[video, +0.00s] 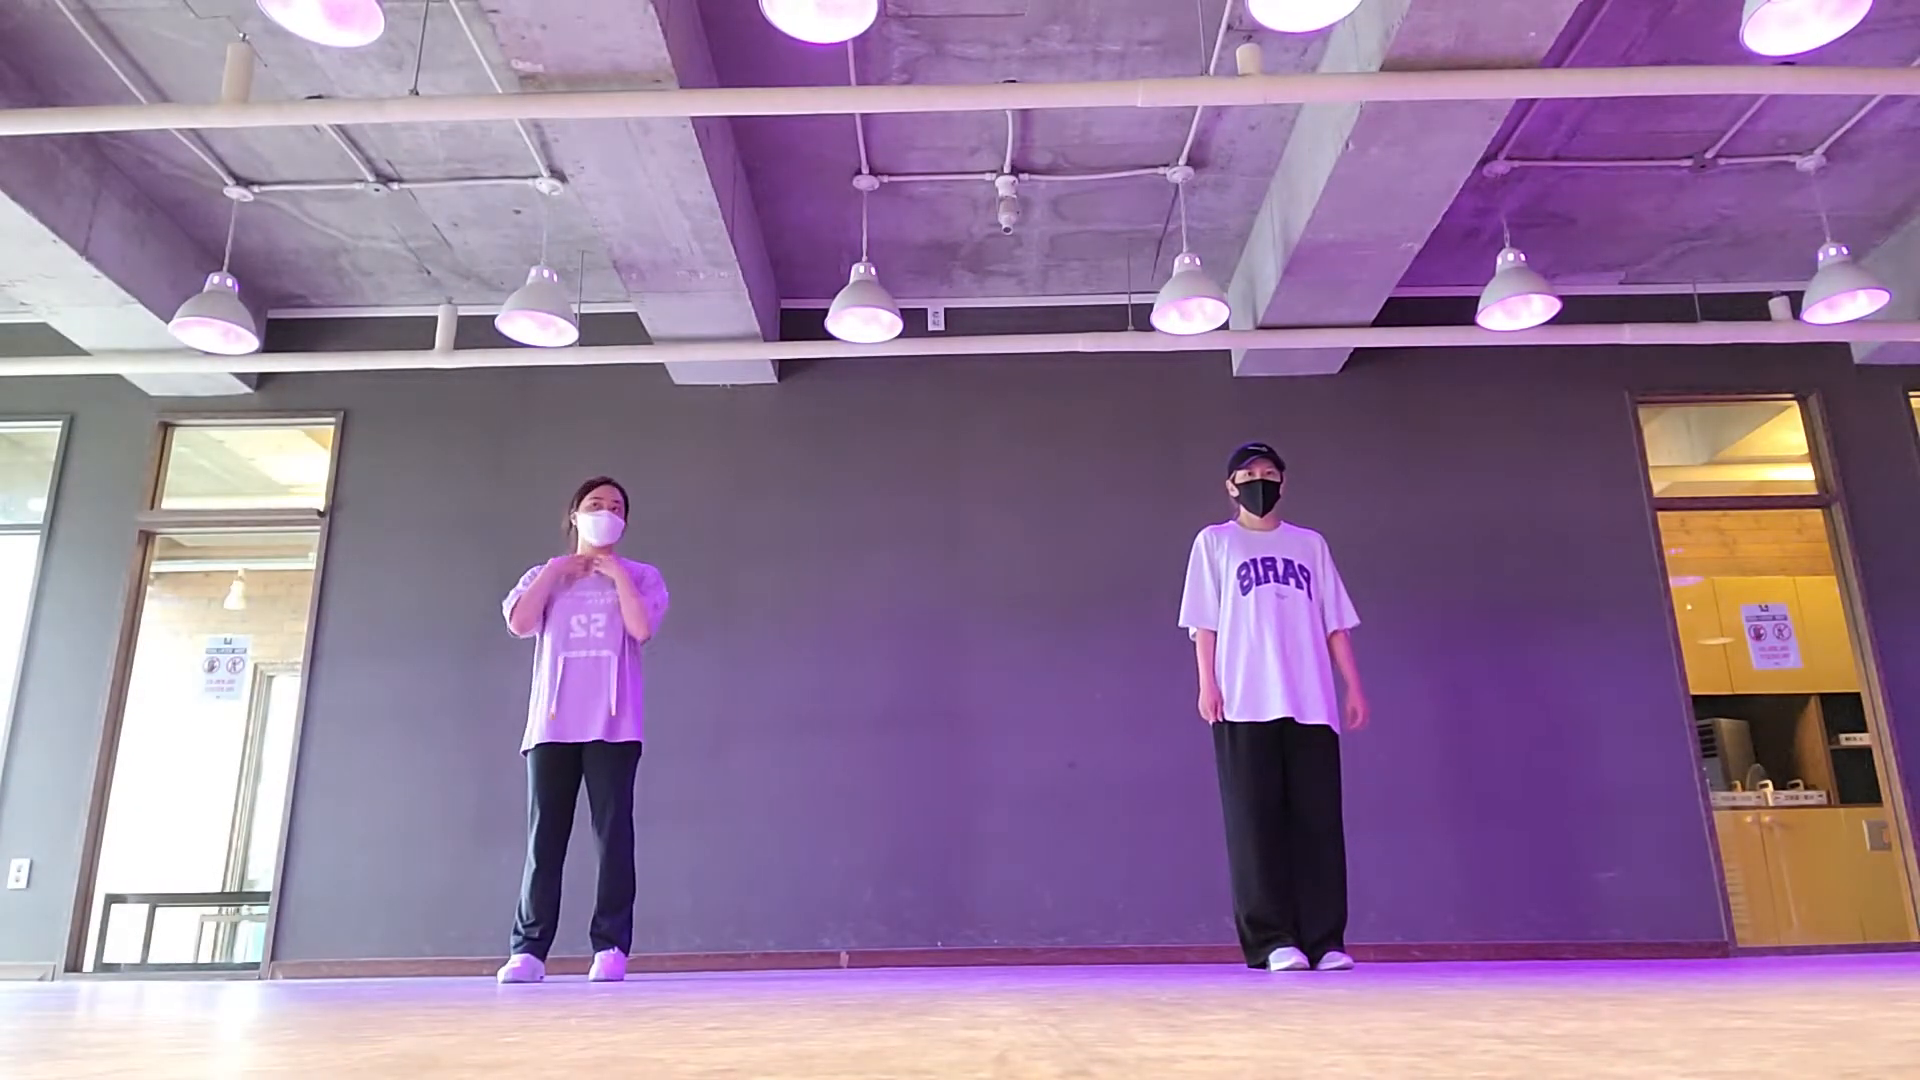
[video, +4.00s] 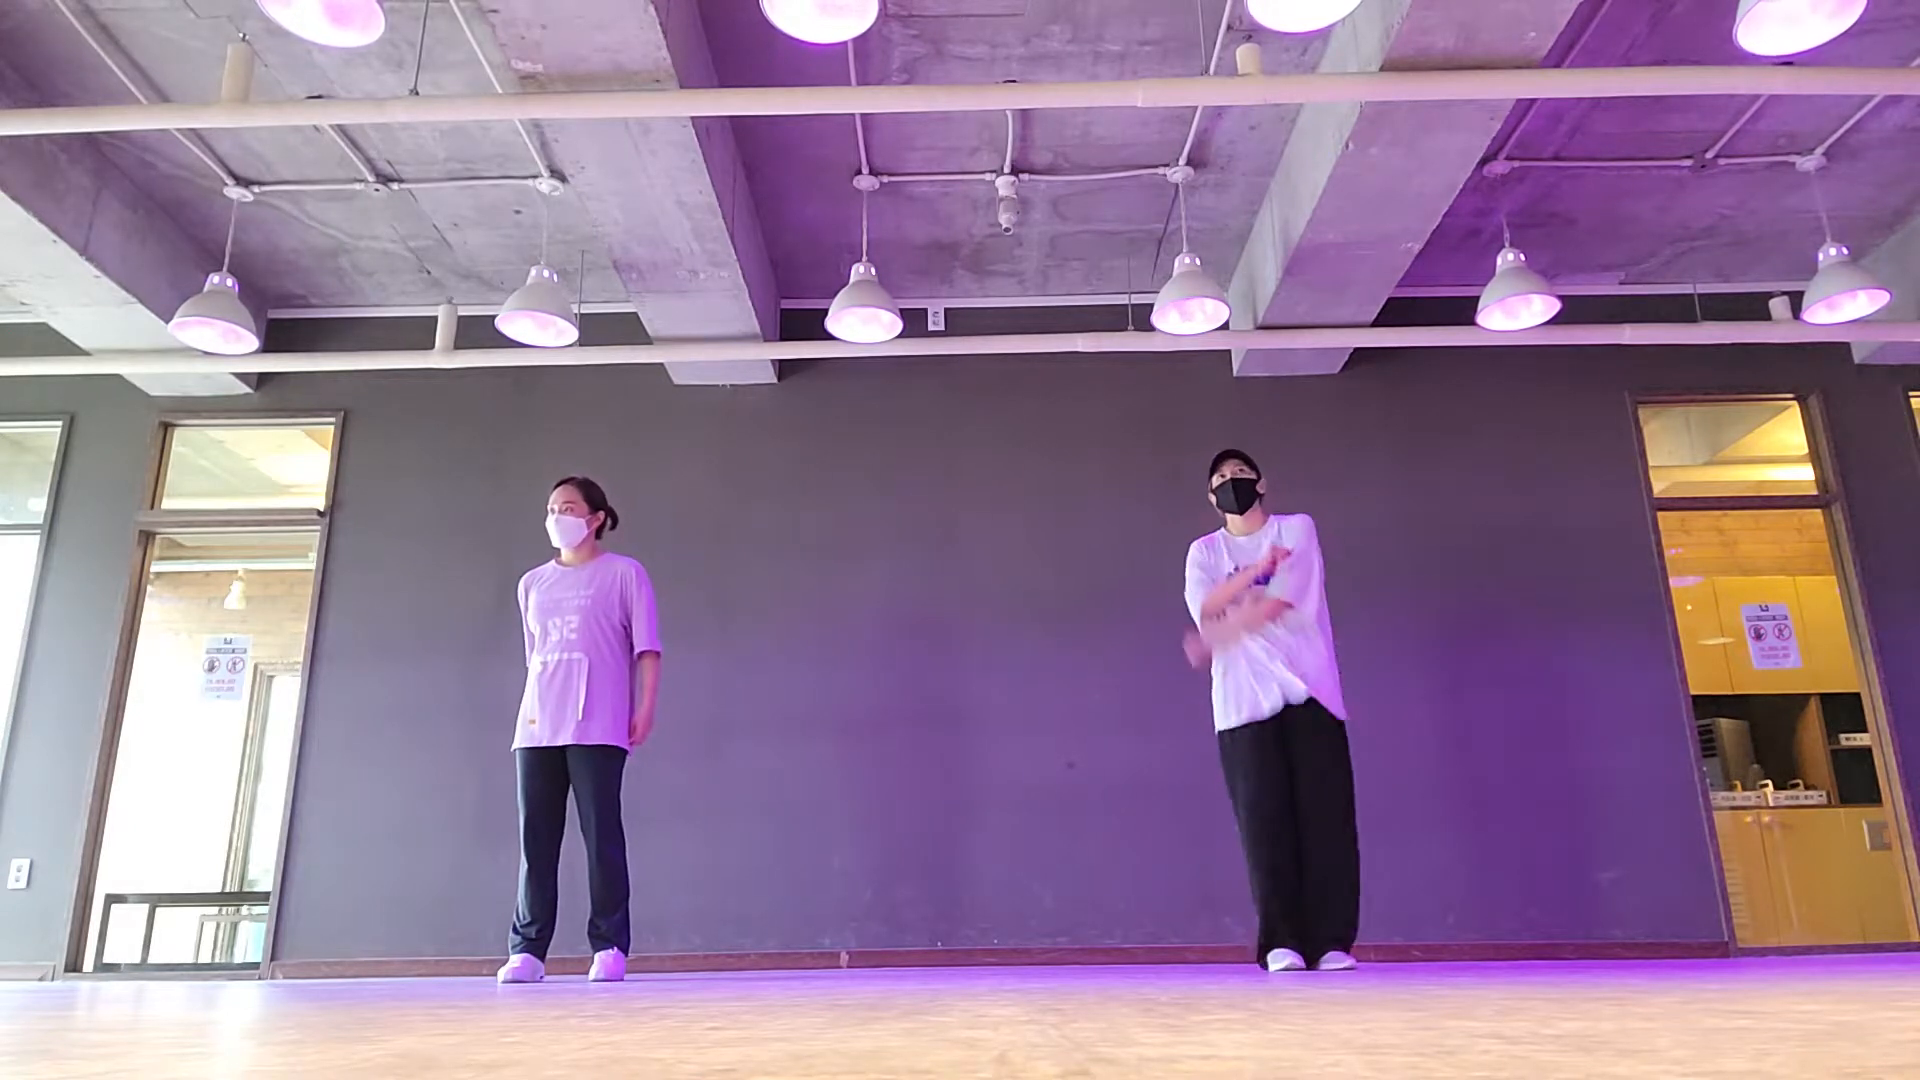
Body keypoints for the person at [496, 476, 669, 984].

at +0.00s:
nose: (606, 514)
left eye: (614, 508)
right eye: (595, 506)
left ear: (625, 524)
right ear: (574, 519)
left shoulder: (643, 577)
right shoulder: (546, 574)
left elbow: (642, 629)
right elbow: (519, 624)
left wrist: (618, 572)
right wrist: (554, 573)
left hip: (614, 725)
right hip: (551, 725)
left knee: (613, 838)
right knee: (544, 840)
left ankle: (610, 949)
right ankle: (528, 950)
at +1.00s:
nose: (578, 509)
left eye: (590, 503)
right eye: (573, 502)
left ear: (614, 519)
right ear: (564, 518)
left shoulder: (641, 574)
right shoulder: (542, 580)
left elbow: (685, 627)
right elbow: (493, 631)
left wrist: (687, 572)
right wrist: (501, 580)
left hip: (610, 720)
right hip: (547, 720)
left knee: (610, 837)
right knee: (541, 837)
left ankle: (610, 949)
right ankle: (528, 951)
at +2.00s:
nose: (564, 508)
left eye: (576, 501)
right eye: (562, 501)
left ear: (603, 515)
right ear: (555, 516)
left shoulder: (631, 572)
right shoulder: (538, 579)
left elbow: (663, 643)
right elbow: (530, 656)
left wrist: (658, 700)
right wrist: (525, 713)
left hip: (605, 722)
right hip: (544, 723)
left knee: (606, 837)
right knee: (539, 839)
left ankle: (610, 948)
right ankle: (527, 950)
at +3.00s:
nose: (556, 513)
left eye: (568, 505)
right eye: (553, 505)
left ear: (598, 516)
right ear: (549, 517)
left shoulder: (628, 572)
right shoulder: (536, 581)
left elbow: (656, 648)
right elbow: (537, 661)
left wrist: (653, 709)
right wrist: (531, 721)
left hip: (603, 722)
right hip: (543, 724)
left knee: (604, 838)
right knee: (538, 840)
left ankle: (609, 948)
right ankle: (527, 950)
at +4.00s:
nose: (555, 517)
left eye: (567, 509)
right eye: (551, 510)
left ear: (596, 520)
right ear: (545, 521)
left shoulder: (625, 573)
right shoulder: (531, 583)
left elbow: (647, 650)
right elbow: (535, 658)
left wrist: (642, 714)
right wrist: (533, 715)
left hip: (598, 722)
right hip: (538, 724)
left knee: (601, 838)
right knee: (535, 841)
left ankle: (609, 948)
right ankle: (527, 951)